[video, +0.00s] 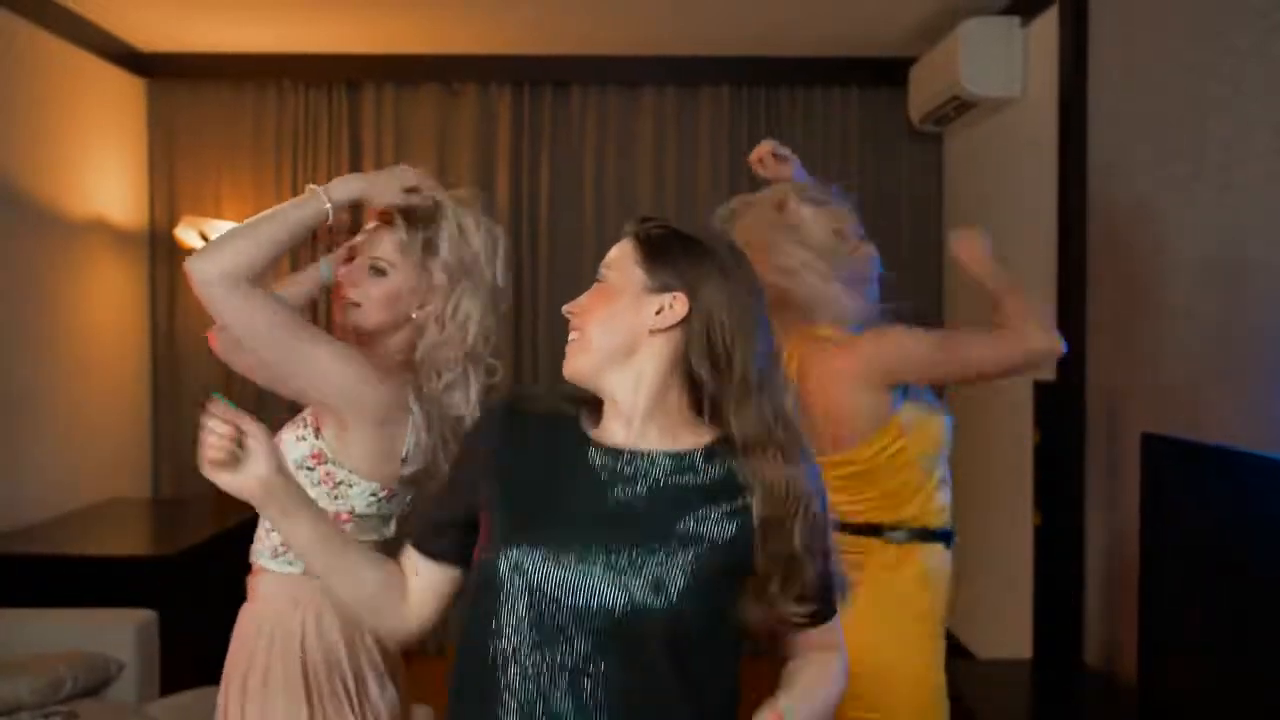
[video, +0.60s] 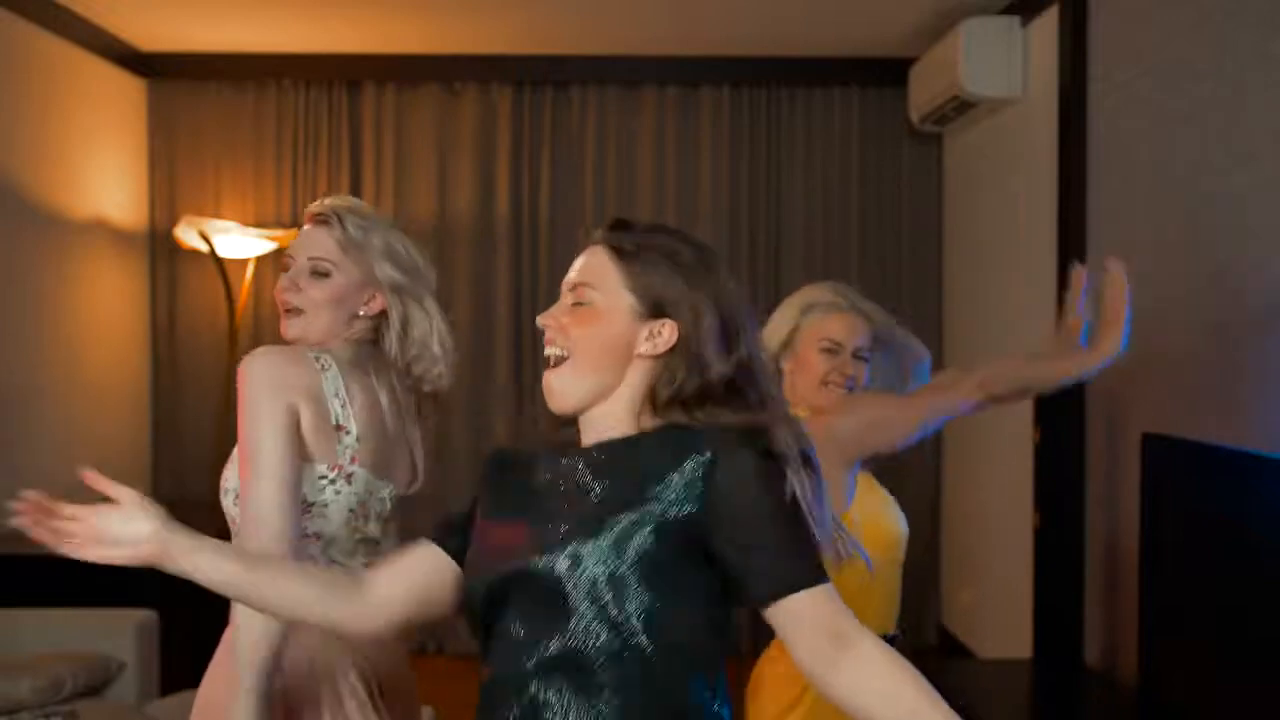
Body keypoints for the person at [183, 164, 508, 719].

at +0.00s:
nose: (345, 280)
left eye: (377, 269)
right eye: (349, 262)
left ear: (432, 297)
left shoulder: (375, 391)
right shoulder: (409, 390)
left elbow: (217, 273)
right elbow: (233, 339)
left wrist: (342, 191)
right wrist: (337, 261)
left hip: (304, 631)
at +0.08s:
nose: (355, 283)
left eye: (389, 280)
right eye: (363, 266)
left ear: (433, 320)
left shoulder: (374, 406)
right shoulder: (382, 400)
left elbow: (193, 315)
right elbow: (233, 327)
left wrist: (336, 220)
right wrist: (348, 283)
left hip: (310, 632)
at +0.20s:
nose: (377, 294)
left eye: (411, 297)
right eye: (377, 274)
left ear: (439, 340)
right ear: (356, 281)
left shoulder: (376, 423)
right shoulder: (366, 414)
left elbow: (168, 463)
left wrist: (266, 315)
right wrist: (296, 349)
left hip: (310, 676)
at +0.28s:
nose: (360, 295)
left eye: (392, 293)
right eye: (360, 275)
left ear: (425, 332)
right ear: (341, 283)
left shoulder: (354, 412)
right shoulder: (398, 411)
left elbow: (236, 568)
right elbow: (233, 525)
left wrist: (189, 413)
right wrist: (239, 408)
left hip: (300, 672)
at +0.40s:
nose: (324, 287)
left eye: (358, 279)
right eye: (324, 268)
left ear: (401, 313)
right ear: (312, 274)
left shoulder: (320, 384)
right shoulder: (403, 397)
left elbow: (332, 573)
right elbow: (314, 567)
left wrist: (192, 611)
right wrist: (186, 574)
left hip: (304, 672)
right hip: (376, 669)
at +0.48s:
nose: (303, 275)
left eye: (337, 266)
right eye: (304, 258)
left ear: (386, 297)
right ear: (293, 267)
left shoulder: (297, 363)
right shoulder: (403, 382)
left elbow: (313, 554)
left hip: (302, 652)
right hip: (375, 643)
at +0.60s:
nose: (287, 284)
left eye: (319, 272)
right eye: (288, 268)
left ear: (372, 301)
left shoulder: (274, 371)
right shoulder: (395, 384)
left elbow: (266, 571)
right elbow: (408, 478)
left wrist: (238, 701)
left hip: (285, 657)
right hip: (374, 651)